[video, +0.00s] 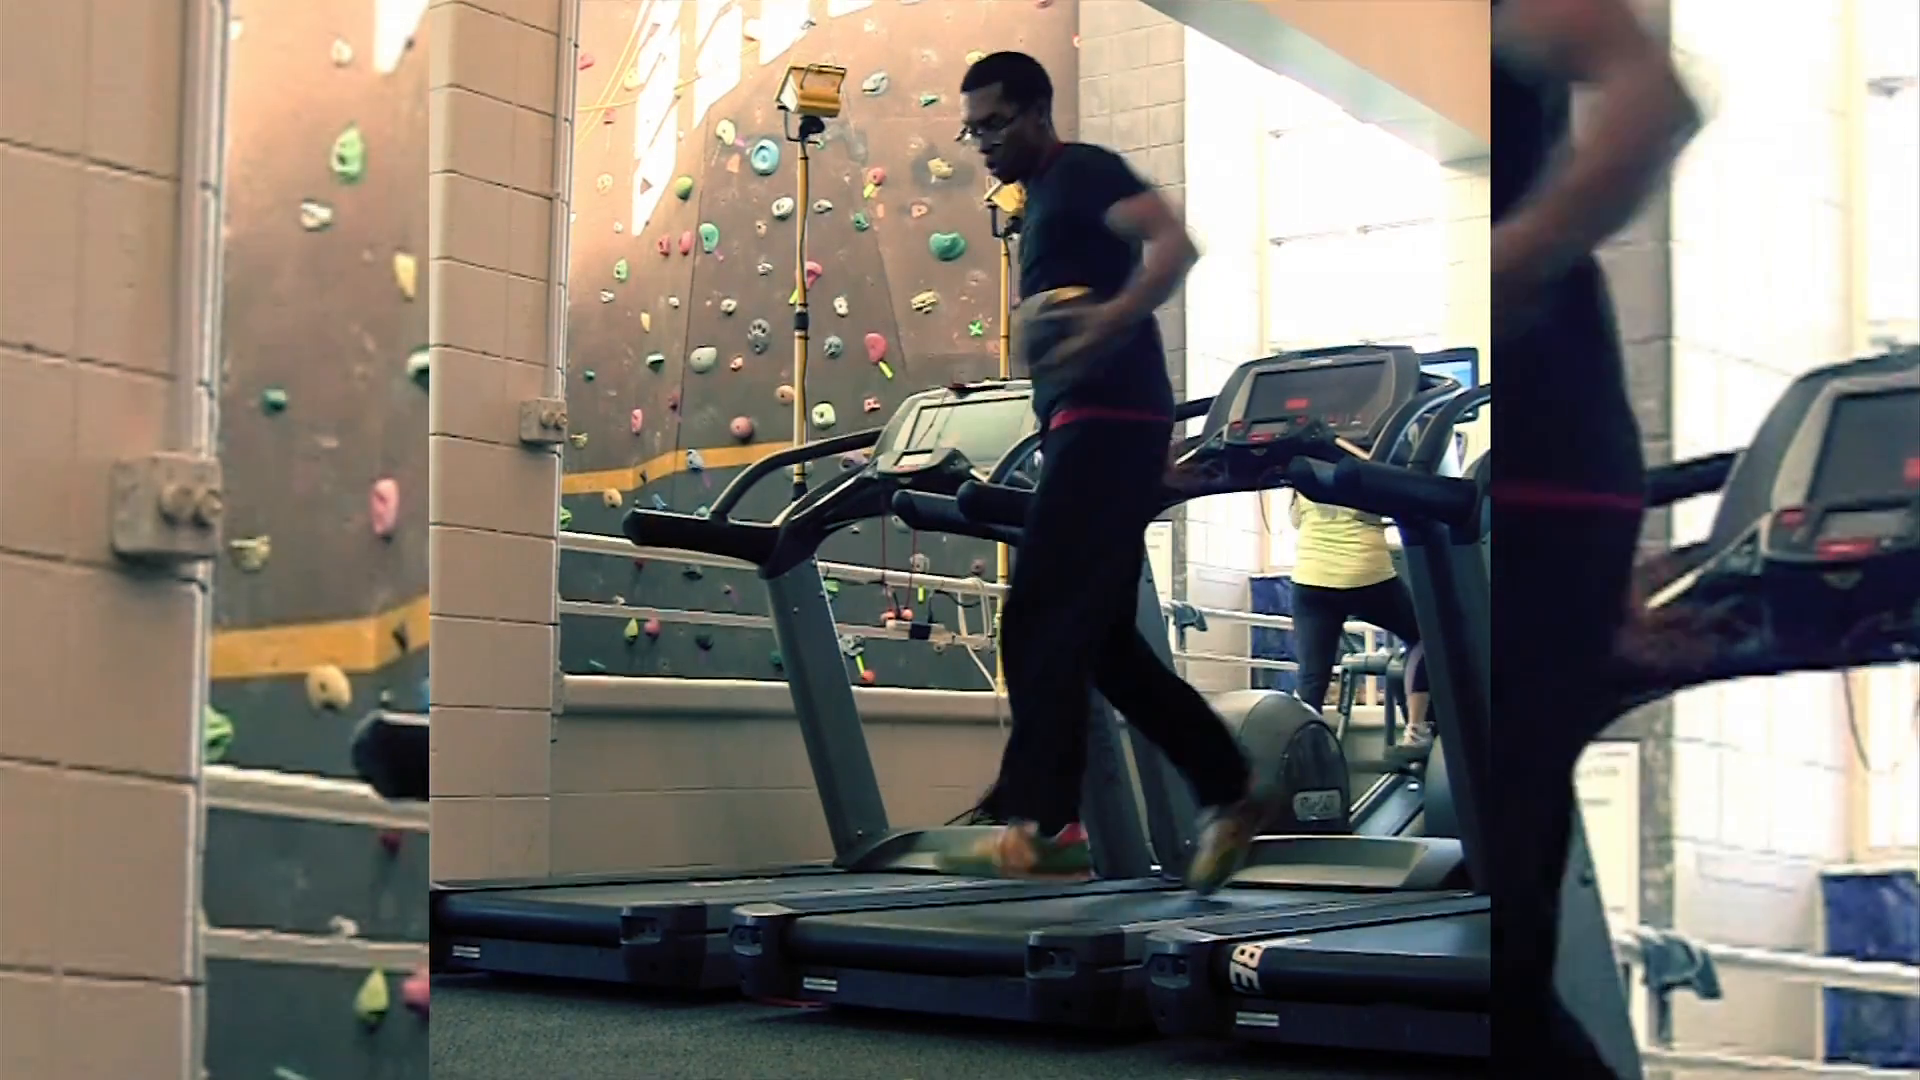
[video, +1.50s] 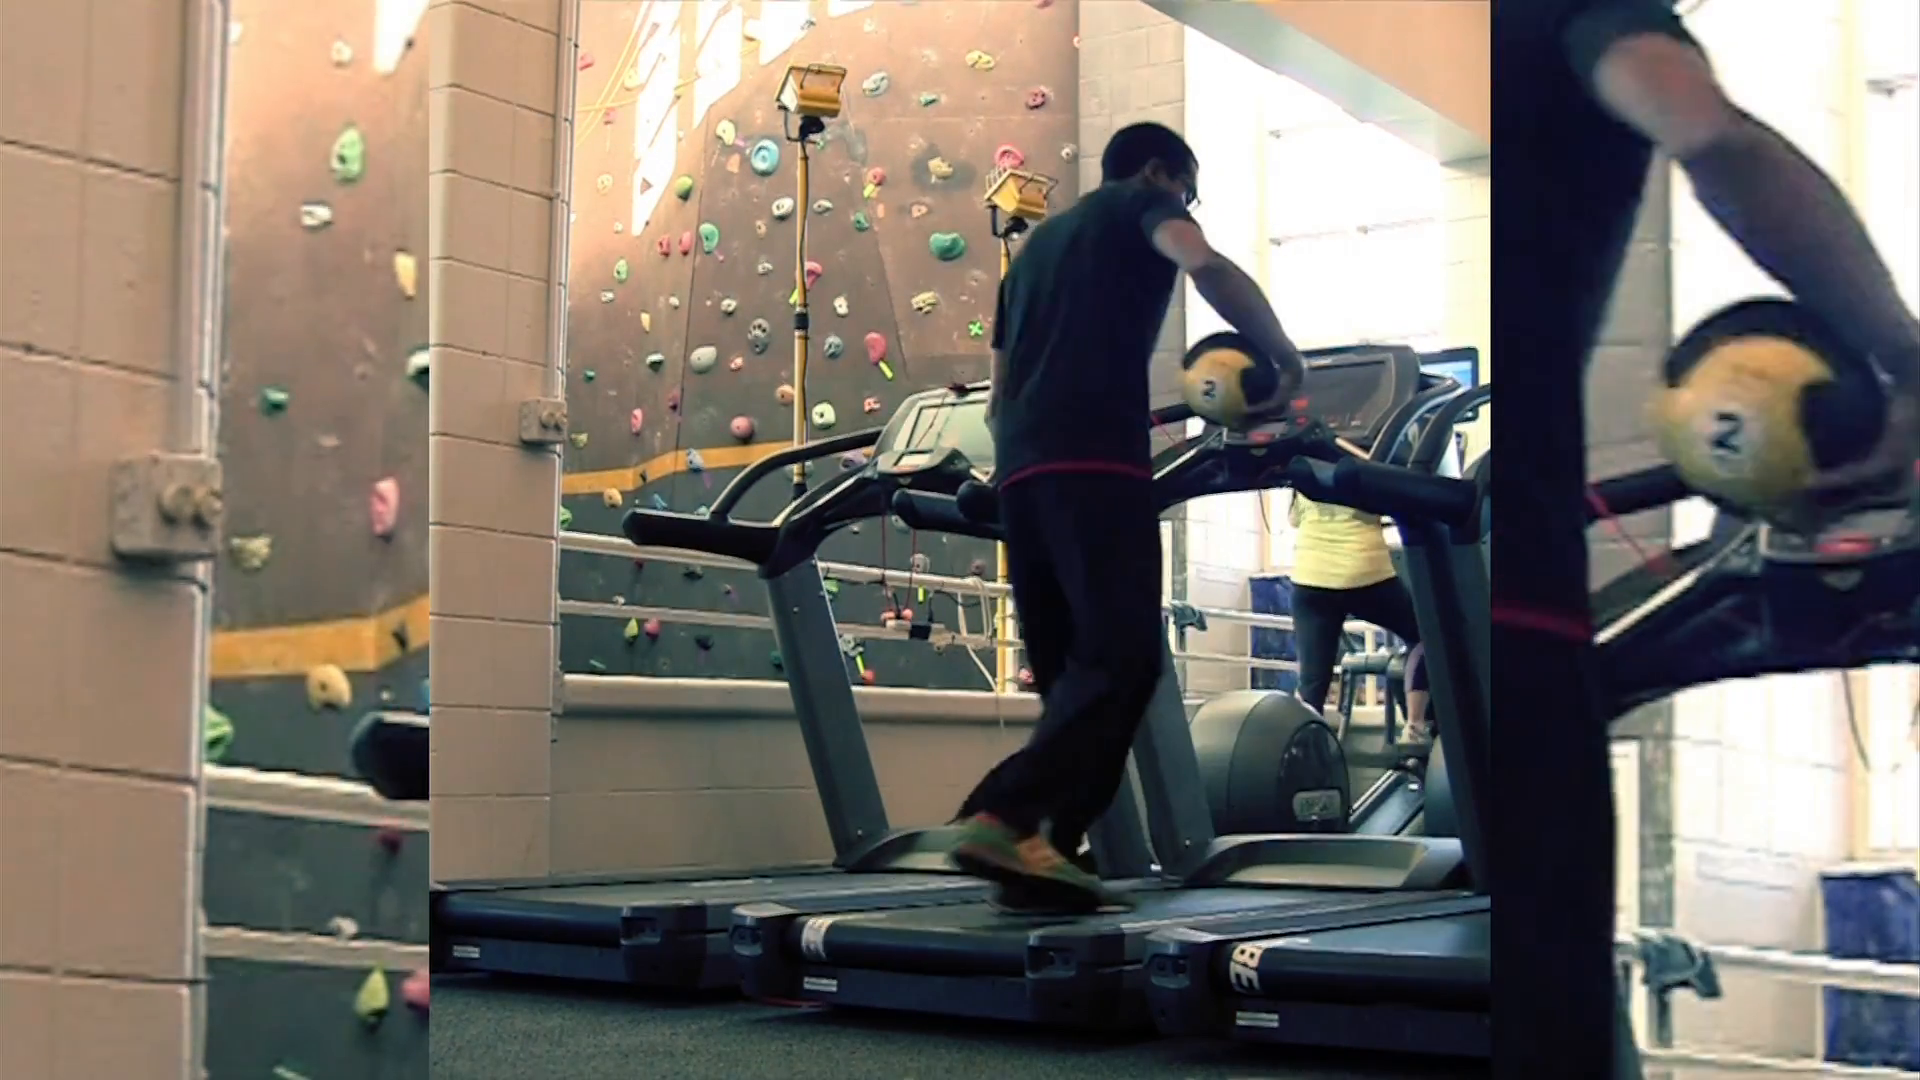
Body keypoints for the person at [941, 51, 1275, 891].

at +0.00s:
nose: (982, 143)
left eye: (993, 124)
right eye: (974, 131)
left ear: (1040, 112)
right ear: (983, 131)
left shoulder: (1082, 169)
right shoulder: (1039, 203)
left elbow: (1172, 240)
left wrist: (1108, 321)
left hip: (1108, 428)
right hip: (1087, 431)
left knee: (1039, 620)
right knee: (1100, 637)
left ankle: (1042, 827)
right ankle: (1233, 796)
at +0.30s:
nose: (1027, 130)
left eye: (1042, 113)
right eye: (1011, 116)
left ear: (1069, 105)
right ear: (993, 114)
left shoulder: (1119, 175)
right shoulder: (1008, 221)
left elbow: (1256, 216)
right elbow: (1063, 341)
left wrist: (1301, 322)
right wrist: (1176, 397)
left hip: (1120, 420)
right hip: (1051, 441)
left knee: (1112, 607)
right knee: (1079, 640)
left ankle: (1185, 802)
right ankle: (1154, 841)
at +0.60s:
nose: (1113, 116)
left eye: (1123, 103)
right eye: (1098, 99)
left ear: (1129, 107)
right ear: (1052, 96)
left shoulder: (1155, 190)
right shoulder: (995, 202)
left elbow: (1203, 292)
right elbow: (987, 320)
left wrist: (1173, 391)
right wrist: (1034, 386)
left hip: (1139, 433)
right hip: (1044, 447)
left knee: (1173, 607)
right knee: (1067, 650)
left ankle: (1301, 789)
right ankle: (1110, 847)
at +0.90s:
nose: (1181, 128)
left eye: (1187, 115)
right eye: (1172, 108)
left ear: (1152, 110)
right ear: (1118, 94)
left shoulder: (1157, 215)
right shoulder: (1019, 178)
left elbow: (1135, 322)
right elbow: (905, 253)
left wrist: (1161, 412)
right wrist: (874, 370)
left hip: (1163, 456)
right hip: (1061, 455)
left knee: (1234, 628)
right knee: (1047, 648)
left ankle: (1229, 813)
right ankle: (1047, 843)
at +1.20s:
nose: (1194, 159)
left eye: (1199, 146)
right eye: (1189, 139)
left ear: (1149, 128)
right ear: (1147, 120)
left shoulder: (1117, 209)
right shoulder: (1093, 162)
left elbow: (1041, 345)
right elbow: (1006, 205)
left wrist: (1028, 488)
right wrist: (1068, 287)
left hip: (1115, 451)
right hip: (1077, 441)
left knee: (1177, 638)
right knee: (1071, 639)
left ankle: (1108, 848)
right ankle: (998, 854)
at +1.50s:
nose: (1188, 203)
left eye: (1190, 193)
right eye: (1185, 189)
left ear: (1110, 170)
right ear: (1156, 169)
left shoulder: (1030, 249)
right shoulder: (1144, 200)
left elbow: (1003, 393)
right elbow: (1206, 266)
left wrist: (1019, 475)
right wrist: (1288, 363)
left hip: (1022, 475)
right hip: (1096, 462)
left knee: (1068, 671)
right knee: (1126, 660)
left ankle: (1043, 850)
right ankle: (1006, 818)